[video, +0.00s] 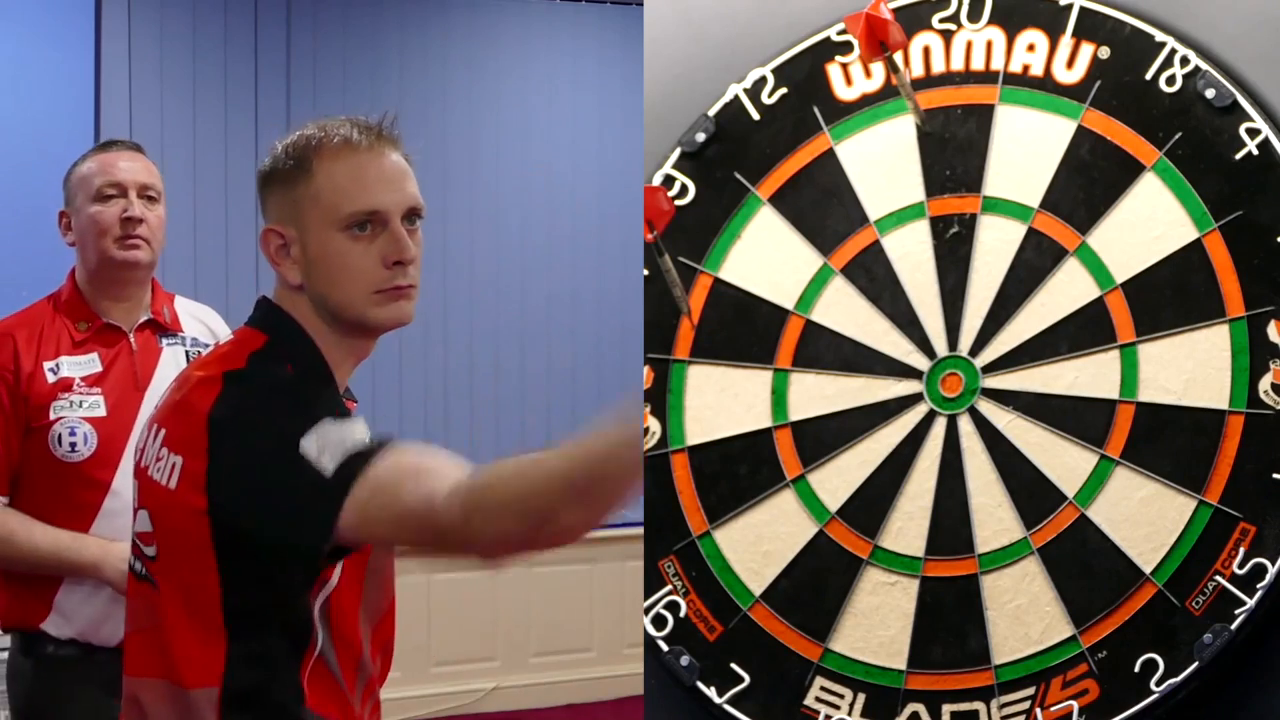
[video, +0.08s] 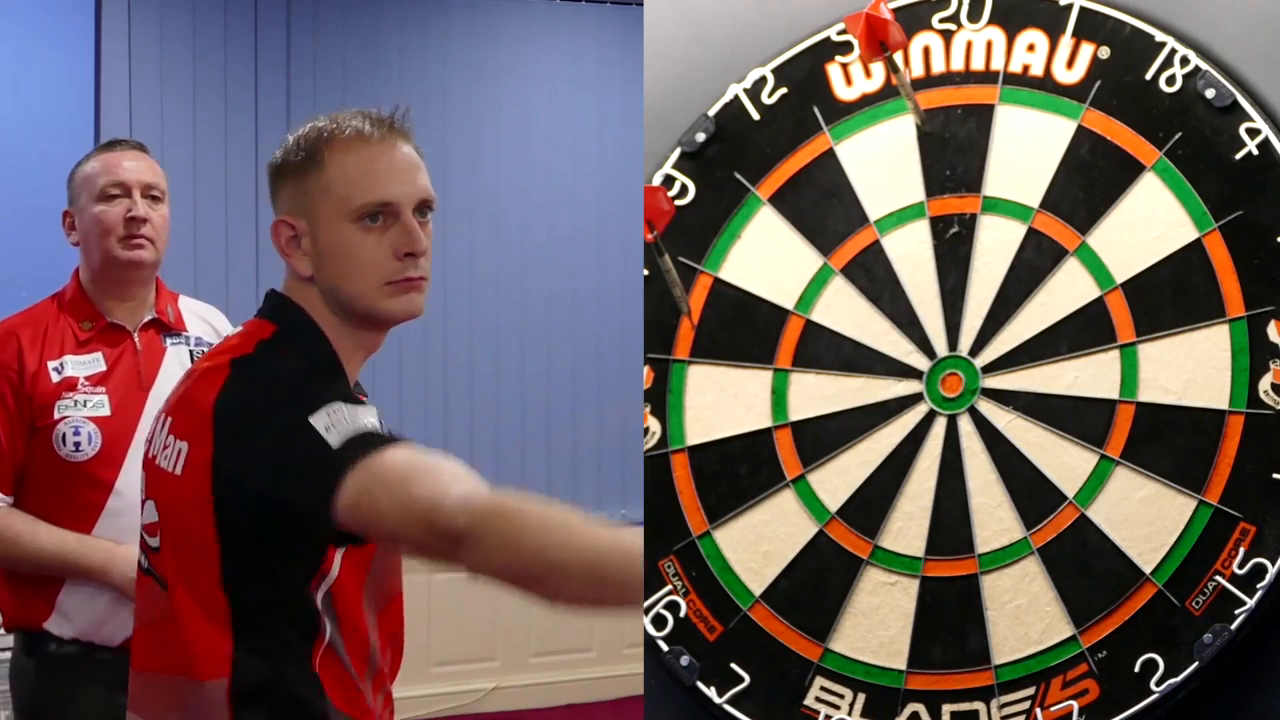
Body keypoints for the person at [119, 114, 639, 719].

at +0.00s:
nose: (404, 250)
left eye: (410, 222)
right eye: (364, 226)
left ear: (423, 225)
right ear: (285, 254)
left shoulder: (209, 387)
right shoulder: (256, 408)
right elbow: (468, 512)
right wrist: (671, 417)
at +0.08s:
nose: (415, 242)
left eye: (422, 214)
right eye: (375, 218)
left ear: (434, 217)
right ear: (295, 245)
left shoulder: (215, 381)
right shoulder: (276, 391)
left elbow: (167, 678)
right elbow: (460, 519)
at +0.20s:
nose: (426, 239)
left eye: (434, 210)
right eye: (386, 214)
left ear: (447, 213)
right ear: (305, 241)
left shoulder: (223, 378)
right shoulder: (285, 393)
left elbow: (168, 688)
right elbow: (475, 590)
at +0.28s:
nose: (443, 239)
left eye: (451, 208)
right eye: (402, 212)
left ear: (460, 212)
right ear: (320, 238)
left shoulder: (239, 374)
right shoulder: (297, 396)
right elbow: (500, 631)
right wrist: (673, 710)